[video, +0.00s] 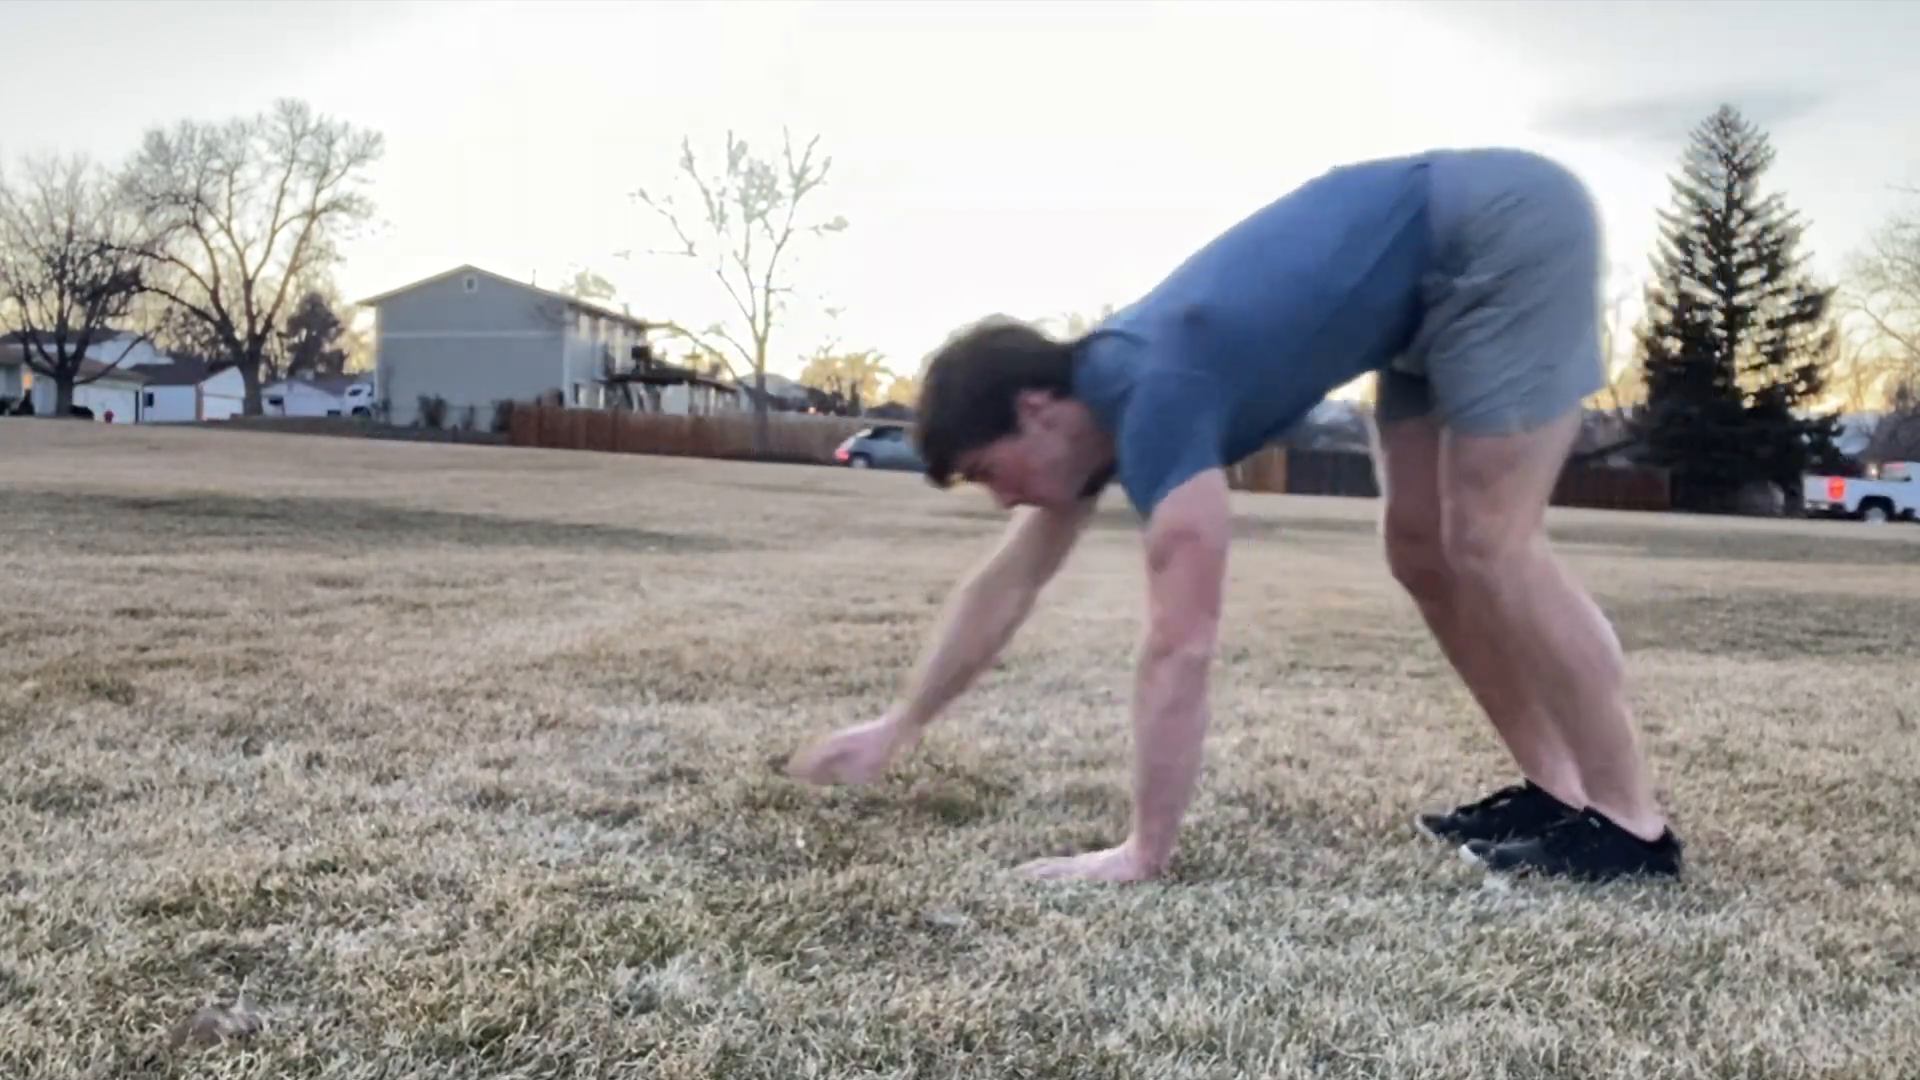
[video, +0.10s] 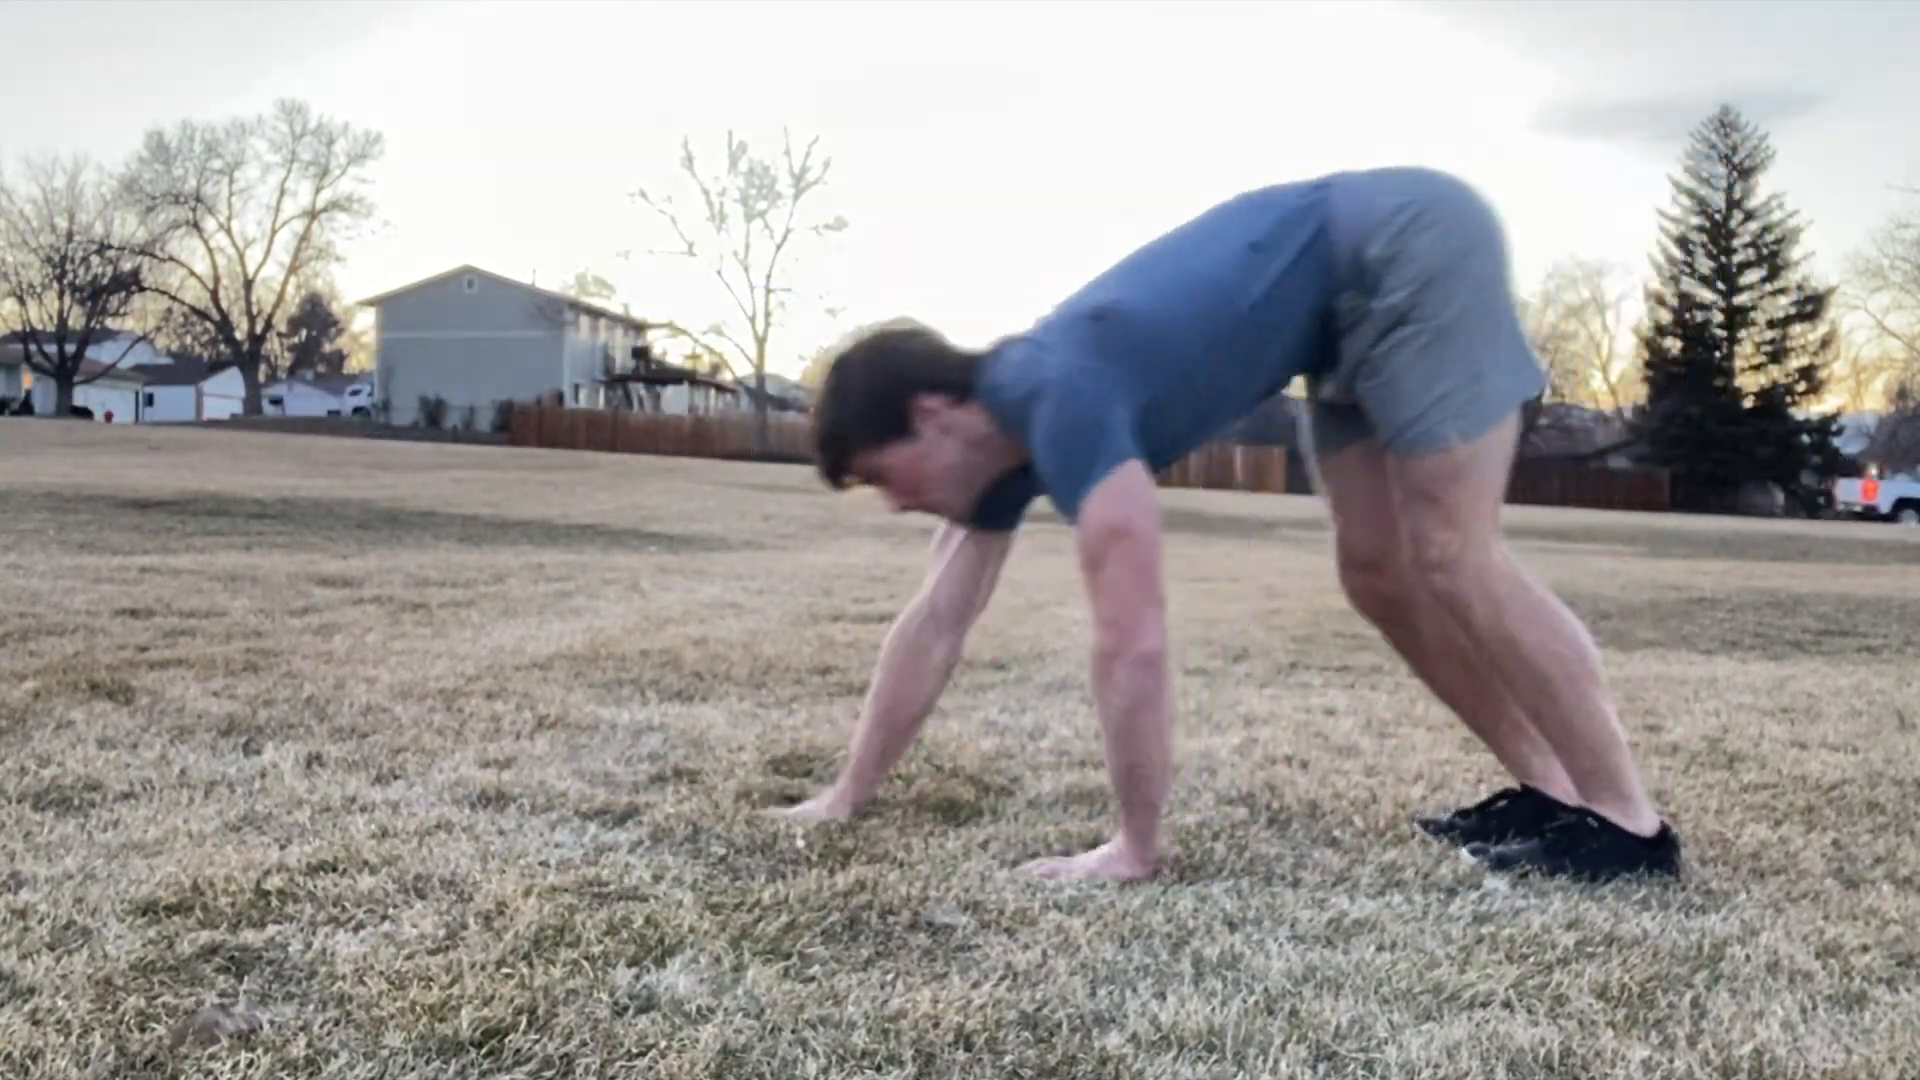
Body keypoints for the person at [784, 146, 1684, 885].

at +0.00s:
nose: (1006, 504)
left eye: (995, 479)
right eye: (988, 489)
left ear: (1038, 415)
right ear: (1033, 409)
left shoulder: (1162, 391)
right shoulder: (1095, 391)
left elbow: (1182, 645)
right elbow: (1010, 584)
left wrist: (1145, 851)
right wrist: (895, 729)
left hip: (1507, 221)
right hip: (1421, 262)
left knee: (1490, 537)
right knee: (1424, 553)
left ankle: (1636, 824)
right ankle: (1559, 797)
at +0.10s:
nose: (895, 505)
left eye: (884, 479)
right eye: (877, 490)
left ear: (931, 419)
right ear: (931, 417)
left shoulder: (1067, 389)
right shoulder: (1000, 440)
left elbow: (1131, 640)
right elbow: (933, 626)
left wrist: (1136, 848)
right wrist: (846, 799)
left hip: (1412, 241)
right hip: (1339, 300)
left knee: (1450, 554)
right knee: (1379, 572)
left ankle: (1631, 824)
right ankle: (1552, 796)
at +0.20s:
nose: (789, 513)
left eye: (777, 485)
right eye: (769, 498)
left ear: (824, 425)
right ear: (822, 430)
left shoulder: (962, 388)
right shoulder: (919, 448)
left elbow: (1028, 615)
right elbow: (897, 634)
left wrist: (1033, 782)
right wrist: (856, 801)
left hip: (1306, 270)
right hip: (1242, 351)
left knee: (1410, 572)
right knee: (1327, 603)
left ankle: (1625, 814)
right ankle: (1542, 788)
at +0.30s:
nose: (696, 504)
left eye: (684, 479)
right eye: (677, 489)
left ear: (728, 417)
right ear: (730, 424)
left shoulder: (863, 379)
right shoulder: (838, 426)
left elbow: (831, 611)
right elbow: (865, 625)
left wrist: (728, 763)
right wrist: (854, 800)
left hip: (1227, 295)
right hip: (1163, 382)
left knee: (1366, 594)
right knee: (1284, 626)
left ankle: (1610, 800)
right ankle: (1524, 769)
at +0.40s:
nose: (600, 480)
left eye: (589, 452)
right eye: (583, 466)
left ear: (638, 396)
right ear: (635, 412)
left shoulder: (764, 397)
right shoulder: (799, 426)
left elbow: (667, 651)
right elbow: (839, 627)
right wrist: (855, 802)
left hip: (1152, 324)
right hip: (1093, 401)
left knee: (1332, 610)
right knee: (1255, 642)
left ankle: (1603, 796)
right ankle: (1510, 751)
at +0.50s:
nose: (524, 469)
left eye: (511, 440)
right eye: (504, 453)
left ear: (560, 381)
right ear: (565, 390)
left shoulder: (698, 380)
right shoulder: (707, 405)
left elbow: (635, 653)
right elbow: (801, 594)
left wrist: (563, 861)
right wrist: (833, 784)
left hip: (1087, 359)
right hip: (1045, 410)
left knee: (1300, 626)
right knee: (1243, 644)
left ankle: (1598, 787)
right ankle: (1510, 749)